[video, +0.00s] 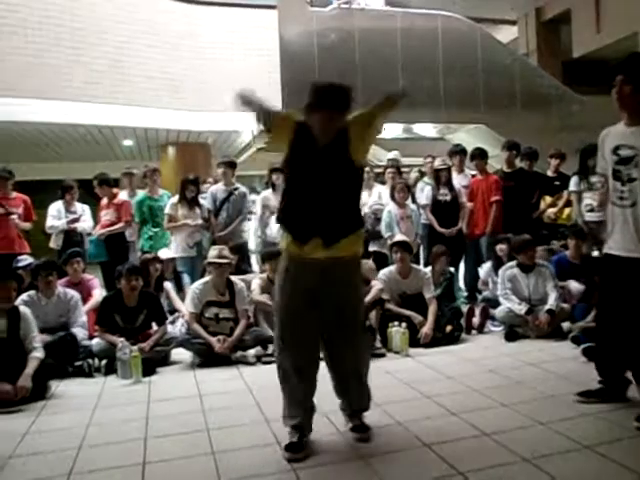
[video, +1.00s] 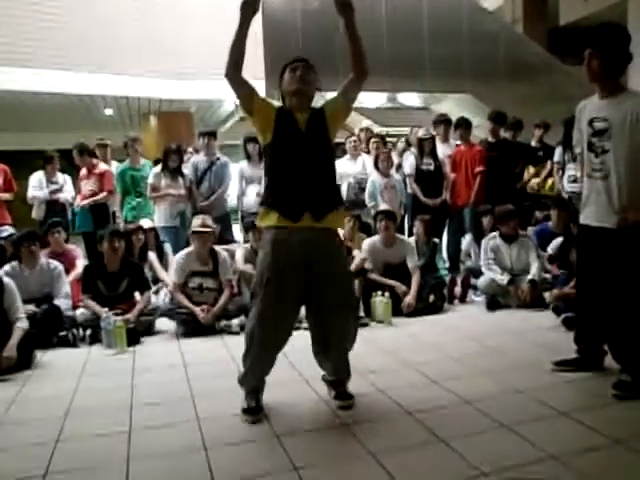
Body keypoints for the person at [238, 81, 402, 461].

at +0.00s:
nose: (323, 123)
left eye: (331, 116)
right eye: (318, 115)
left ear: (342, 116)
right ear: (309, 112)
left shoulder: (355, 135)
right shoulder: (292, 131)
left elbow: (379, 113)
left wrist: (393, 100)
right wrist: (253, 105)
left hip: (343, 259)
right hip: (297, 259)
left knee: (348, 341)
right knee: (293, 346)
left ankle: (354, 411)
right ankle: (297, 426)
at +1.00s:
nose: (300, 78)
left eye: (307, 74)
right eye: (293, 74)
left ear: (316, 85)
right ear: (281, 86)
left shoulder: (328, 118)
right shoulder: (268, 117)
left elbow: (359, 75)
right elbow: (233, 75)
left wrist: (349, 21)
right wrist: (245, 20)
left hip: (326, 232)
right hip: (280, 233)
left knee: (339, 315)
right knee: (269, 316)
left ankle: (337, 378)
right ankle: (252, 390)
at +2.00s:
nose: (270, 138)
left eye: (273, 132)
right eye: (262, 131)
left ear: (274, 139)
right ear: (241, 134)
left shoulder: (279, 183)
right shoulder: (221, 172)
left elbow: (301, 230)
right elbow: (202, 124)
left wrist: (318, 246)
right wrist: (215, 68)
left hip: (277, 289)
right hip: (235, 290)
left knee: (289, 373)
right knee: (244, 375)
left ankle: (292, 455)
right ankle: (255, 455)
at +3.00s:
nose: (320, 142)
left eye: (325, 138)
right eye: (313, 135)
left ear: (329, 145)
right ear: (295, 139)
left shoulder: (341, 172)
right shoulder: (276, 173)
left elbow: (380, 141)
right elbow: (244, 138)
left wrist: (377, 93)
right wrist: (262, 97)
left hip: (330, 291)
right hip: (283, 289)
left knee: (336, 371)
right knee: (262, 371)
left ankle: (330, 433)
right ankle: (255, 450)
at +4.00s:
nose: (325, 147)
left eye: (329, 140)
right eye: (318, 140)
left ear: (334, 144)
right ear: (301, 143)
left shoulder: (339, 179)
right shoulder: (279, 175)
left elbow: (377, 197)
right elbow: (259, 214)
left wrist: (385, 183)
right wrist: (289, 187)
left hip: (326, 281)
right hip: (283, 274)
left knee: (332, 364)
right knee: (245, 268)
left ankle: (328, 434)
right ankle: (284, 343)